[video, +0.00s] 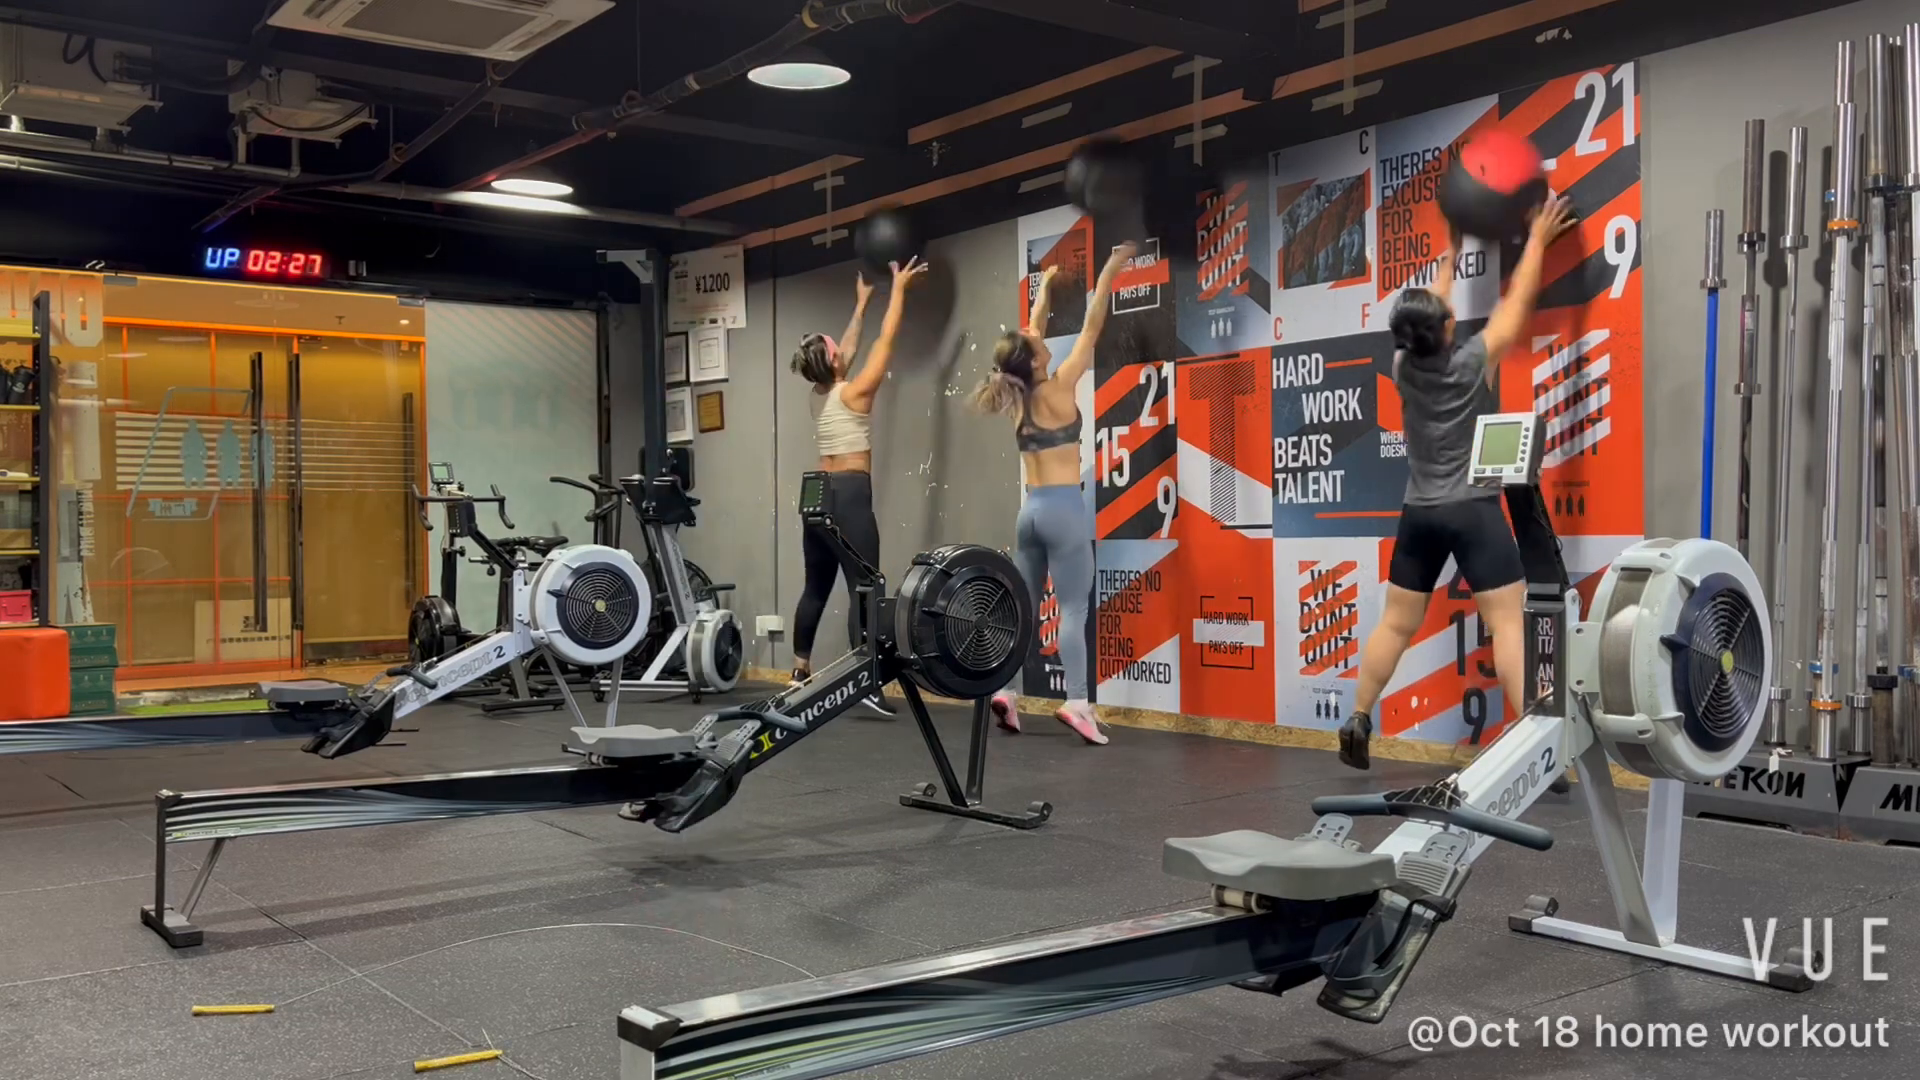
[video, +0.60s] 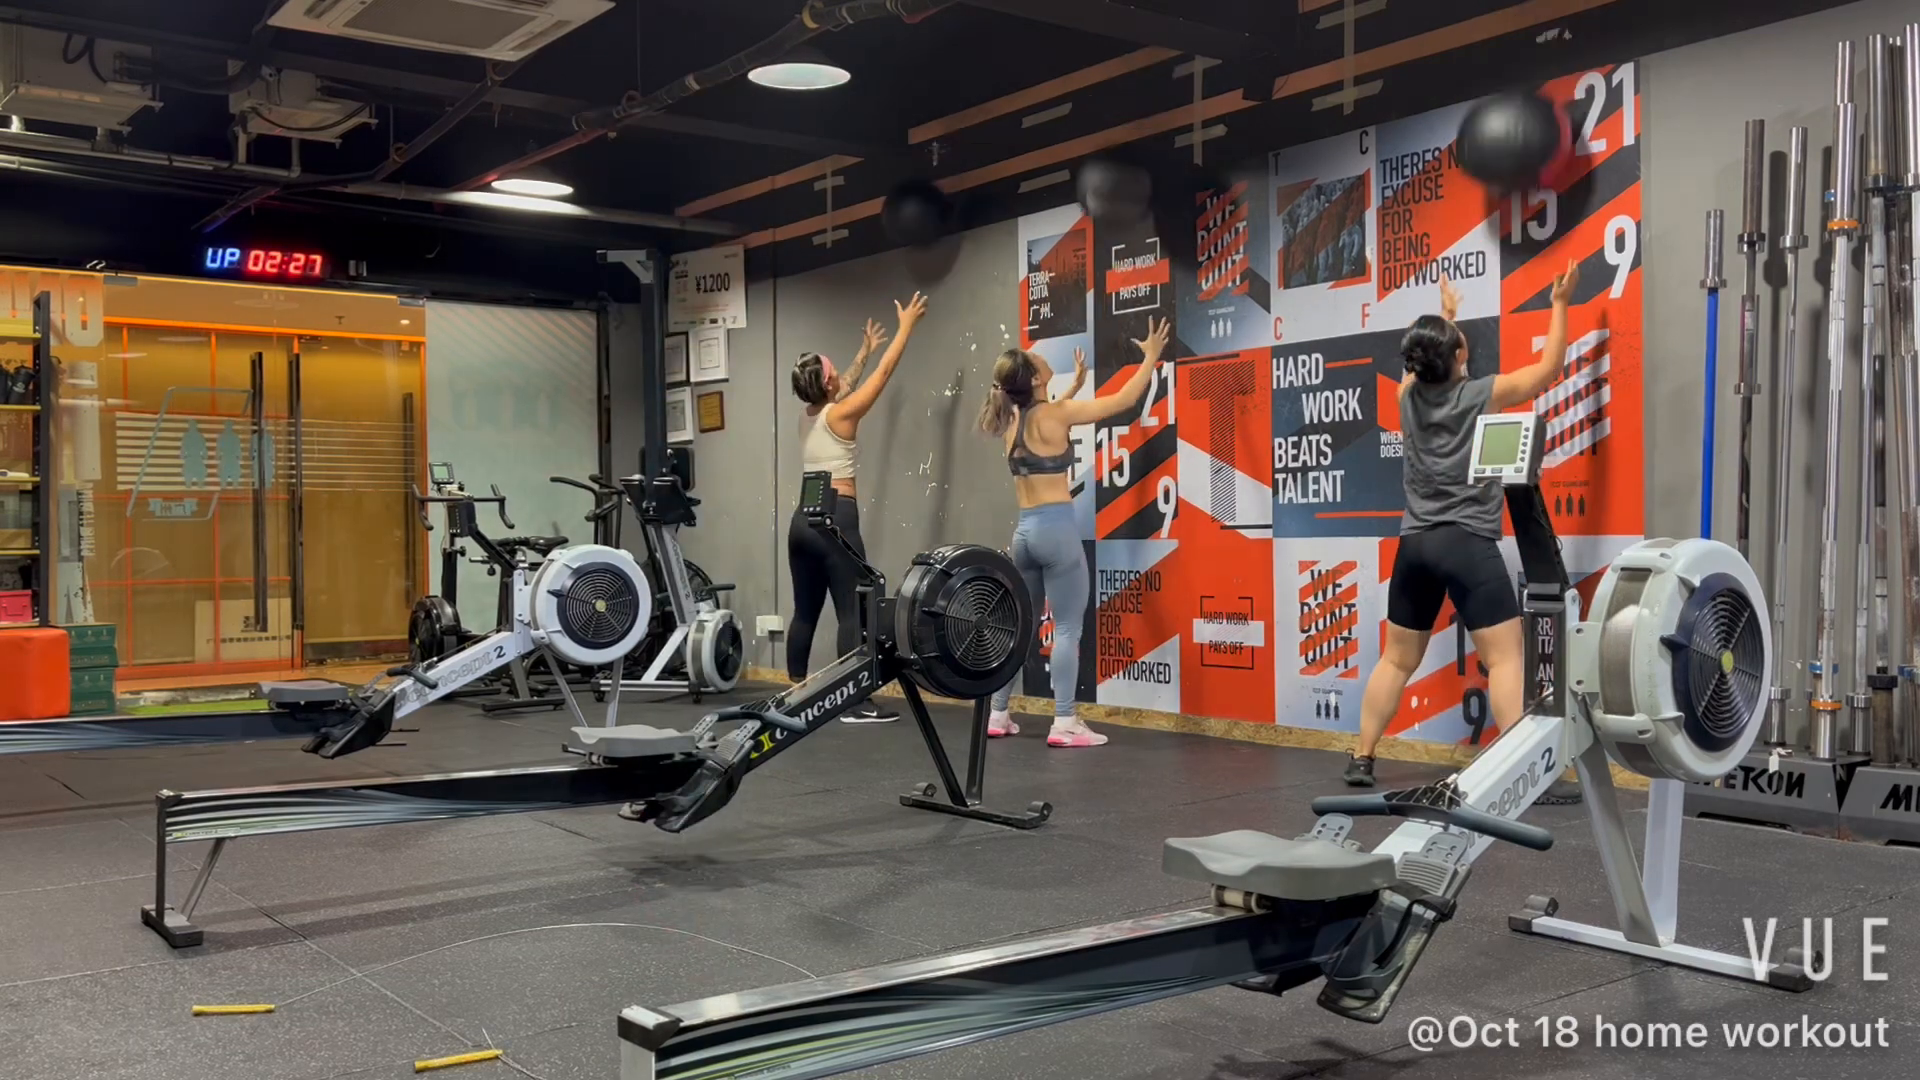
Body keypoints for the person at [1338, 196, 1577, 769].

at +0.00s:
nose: (1448, 305)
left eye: (1441, 301)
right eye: (1444, 307)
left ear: (1408, 332)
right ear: (1444, 323)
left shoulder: (1403, 367)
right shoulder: (1475, 358)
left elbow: (1431, 313)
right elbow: (1519, 296)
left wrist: (1451, 256)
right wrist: (1537, 240)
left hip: (1421, 513)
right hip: (1476, 511)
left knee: (1395, 624)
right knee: (1506, 623)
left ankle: (1359, 718)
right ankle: (1526, 729)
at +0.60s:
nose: (1466, 350)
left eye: (1461, 346)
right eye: (1462, 347)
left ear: (1419, 364)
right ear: (1458, 358)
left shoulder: (1408, 399)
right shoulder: (1481, 394)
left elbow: (1420, 363)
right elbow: (1546, 370)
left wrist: (1446, 323)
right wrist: (1560, 304)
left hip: (1416, 545)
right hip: (1470, 546)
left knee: (1396, 660)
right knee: (1502, 661)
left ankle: (1361, 761)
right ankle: (1521, 772)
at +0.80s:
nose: (1467, 364)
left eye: (1463, 359)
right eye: (1463, 360)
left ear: (1418, 379)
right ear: (1458, 372)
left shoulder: (1410, 419)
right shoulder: (1485, 416)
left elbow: (1421, 398)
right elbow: (1532, 443)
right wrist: (1540, 386)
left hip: (1409, 559)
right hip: (1466, 561)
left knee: (1395, 663)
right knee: (1522, 660)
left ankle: (1360, 759)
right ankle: (1524, 770)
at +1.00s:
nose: (1479, 429)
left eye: (1474, 423)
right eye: (1475, 424)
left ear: (1426, 437)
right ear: (1470, 432)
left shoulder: (1416, 480)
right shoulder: (1488, 485)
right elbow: (1515, 554)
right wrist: (1545, 499)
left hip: (1399, 612)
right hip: (1459, 614)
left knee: (1390, 677)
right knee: (1547, 669)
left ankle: (1361, 759)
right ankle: (1541, 775)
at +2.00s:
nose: (1469, 402)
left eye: (1464, 395)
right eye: (1465, 397)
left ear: (1419, 412)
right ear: (1461, 406)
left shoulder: (1408, 455)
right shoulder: (1481, 451)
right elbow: (1506, 522)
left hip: (1399, 587)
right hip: (1458, 585)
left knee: (1391, 671)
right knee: (1533, 667)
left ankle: (1363, 755)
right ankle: (1525, 767)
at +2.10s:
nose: (1450, 352)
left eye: (1442, 346)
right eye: (1446, 348)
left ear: (1406, 363)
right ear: (1445, 358)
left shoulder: (1401, 407)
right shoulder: (1477, 402)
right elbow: (1523, 454)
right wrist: (1519, 391)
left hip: (1409, 547)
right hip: (1467, 544)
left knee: (1397, 647)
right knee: (1513, 646)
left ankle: (1364, 747)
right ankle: (1533, 763)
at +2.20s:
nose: (1443, 322)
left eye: (1438, 316)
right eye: (1438, 318)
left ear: (1399, 337)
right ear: (1434, 331)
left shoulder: (1391, 374)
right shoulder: (1465, 364)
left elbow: (1416, 344)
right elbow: (1521, 345)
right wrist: (1520, 282)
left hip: (1417, 514)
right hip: (1471, 512)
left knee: (1395, 628)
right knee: (1503, 620)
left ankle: (1362, 722)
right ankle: (1533, 722)